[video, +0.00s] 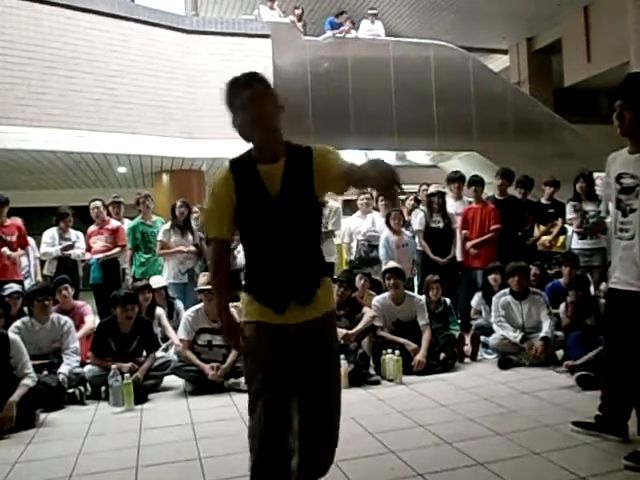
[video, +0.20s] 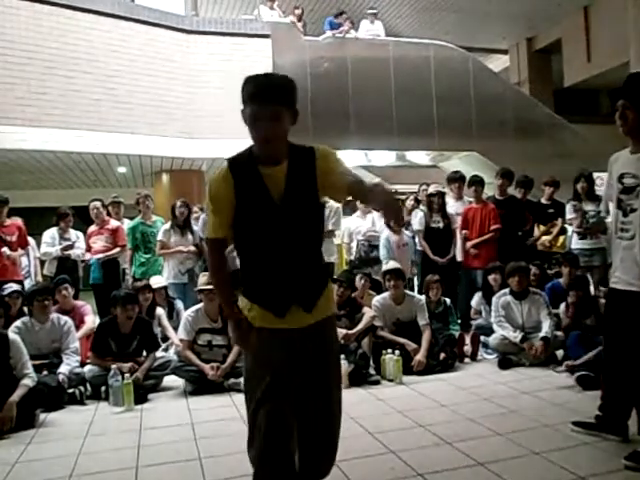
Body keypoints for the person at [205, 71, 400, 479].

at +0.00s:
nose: (256, 110)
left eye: (261, 99)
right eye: (245, 104)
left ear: (279, 105)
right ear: (234, 122)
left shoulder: (316, 161)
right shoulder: (228, 180)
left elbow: (372, 178)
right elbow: (219, 257)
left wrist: (381, 173)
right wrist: (226, 319)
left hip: (316, 312)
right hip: (262, 317)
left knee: (321, 423)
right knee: (270, 425)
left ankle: (308, 474)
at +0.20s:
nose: (262, 128)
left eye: (272, 118)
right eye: (254, 119)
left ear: (291, 118)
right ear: (244, 120)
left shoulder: (318, 163)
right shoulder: (227, 178)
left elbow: (360, 188)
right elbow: (215, 250)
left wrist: (385, 199)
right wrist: (232, 316)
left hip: (317, 316)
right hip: (262, 321)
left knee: (322, 423)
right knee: (270, 428)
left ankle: (312, 476)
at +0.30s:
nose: (229, 138)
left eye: (234, 128)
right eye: (226, 129)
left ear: (270, 125)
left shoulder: (320, 163)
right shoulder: (236, 181)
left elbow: (357, 207)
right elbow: (215, 254)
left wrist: (352, 244)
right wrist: (236, 323)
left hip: (318, 317)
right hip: (263, 322)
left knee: (323, 422)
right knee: (271, 426)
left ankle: (310, 477)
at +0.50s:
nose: (247, 150)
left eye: (257, 138)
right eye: (239, 140)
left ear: (286, 140)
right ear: (233, 145)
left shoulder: (320, 184)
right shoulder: (230, 203)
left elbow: (340, 239)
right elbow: (212, 267)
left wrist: (348, 293)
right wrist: (210, 306)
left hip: (318, 320)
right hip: (263, 325)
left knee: (323, 421)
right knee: (271, 424)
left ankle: (322, 475)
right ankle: (274, 479)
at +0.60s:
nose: (255, 156)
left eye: (266, 145)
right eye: (247, 146)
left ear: (290, 148)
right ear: (239, 153)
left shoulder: (319, 193)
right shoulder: (232, 203)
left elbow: (367, 234)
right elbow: (202, 260)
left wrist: (347, 285)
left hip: (316, 320)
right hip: (263, 323)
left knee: (328, 419)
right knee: (275, 404)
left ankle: (325, 477)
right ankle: (270, 479)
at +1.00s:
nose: (222, 169)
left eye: (228, 161)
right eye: (221, 161)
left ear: (252, 160)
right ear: (223, 163)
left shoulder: (293, 194)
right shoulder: (217, 202)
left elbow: (337, 233)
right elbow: (193, 247)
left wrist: (318, 279)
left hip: (289, 310)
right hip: (240, 312)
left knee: (302, 394)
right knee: (240, 396)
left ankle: (307, 467)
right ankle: (250, 457)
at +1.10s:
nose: (211, 189)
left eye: (216, 180)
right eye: (210, 181)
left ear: (242, 177)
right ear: (223, 181)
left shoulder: (283, 206)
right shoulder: (214, 222)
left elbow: (300, 252)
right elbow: (208, 271)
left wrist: (256, 253)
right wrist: (211, 301)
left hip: (281, 307)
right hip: (237, 312)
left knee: (286, 365)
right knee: (239, 385)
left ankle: (280, 416)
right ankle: (250, 452)